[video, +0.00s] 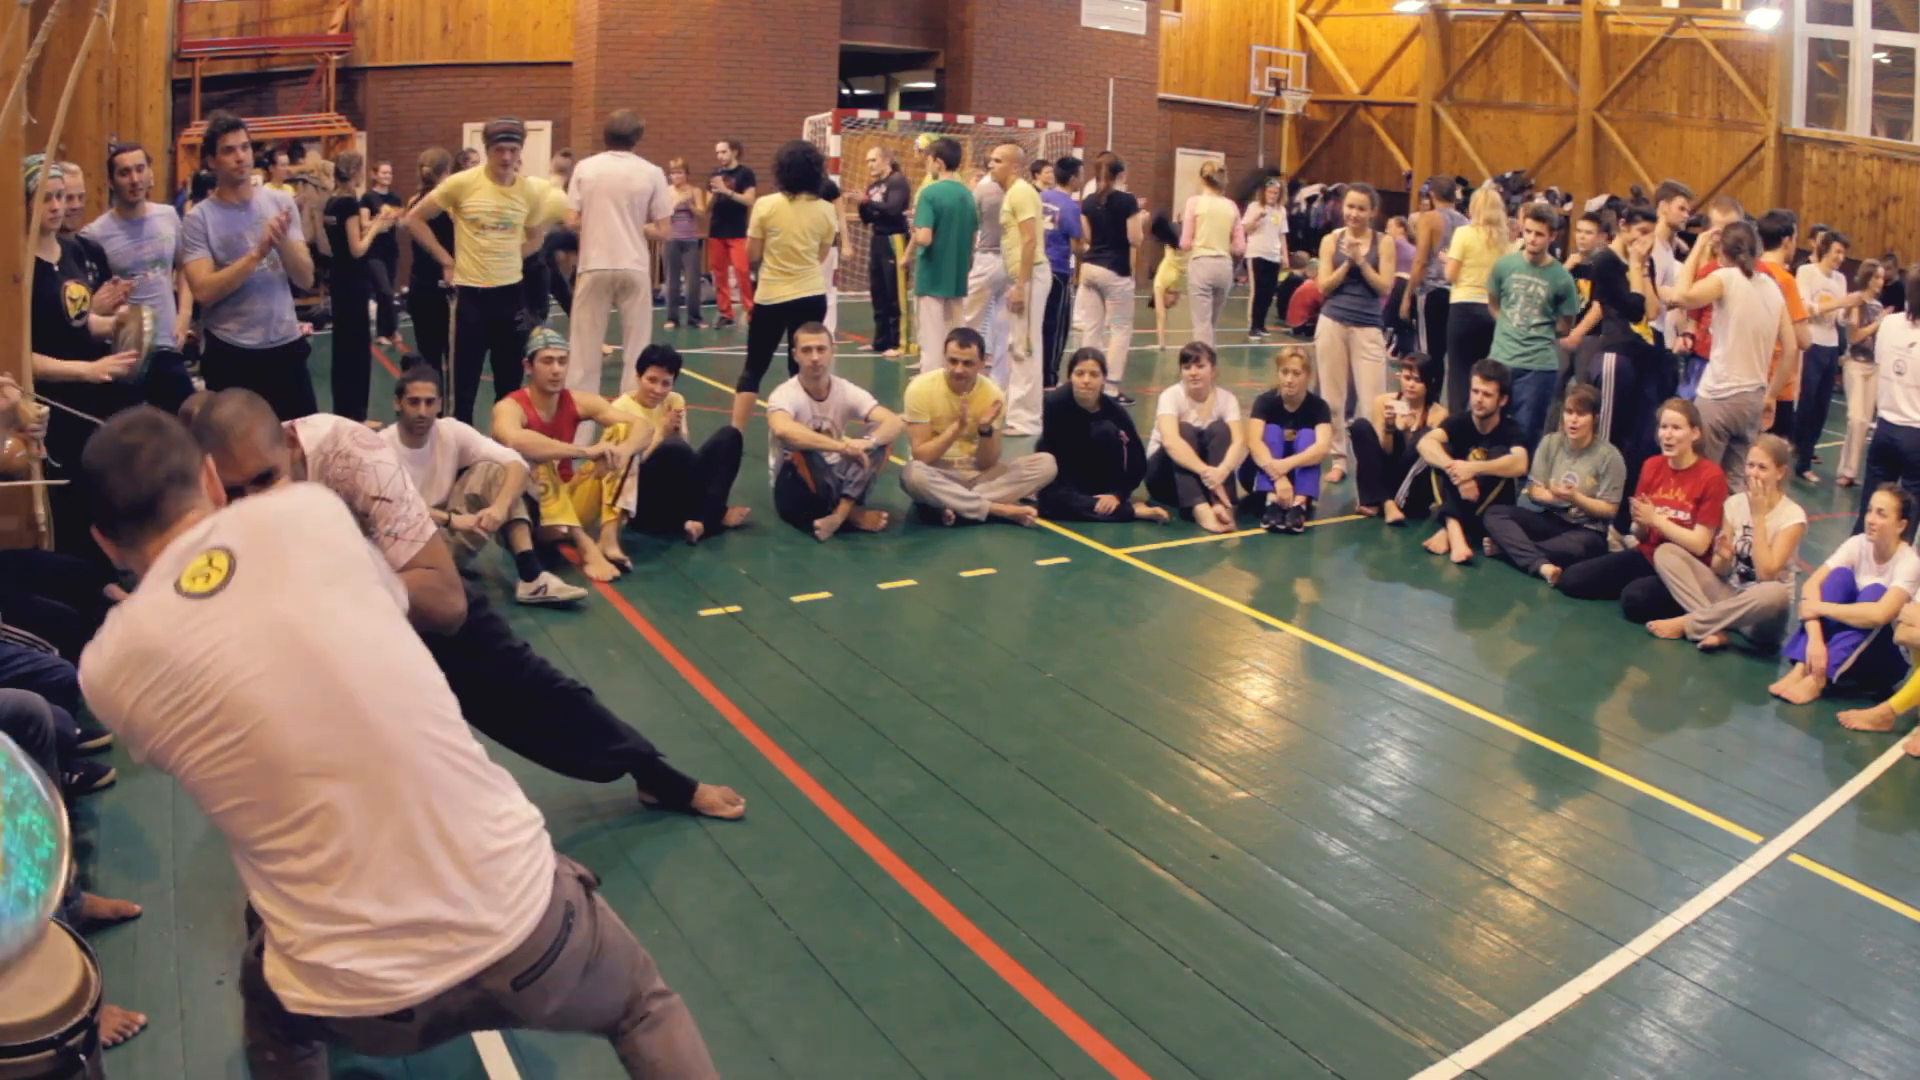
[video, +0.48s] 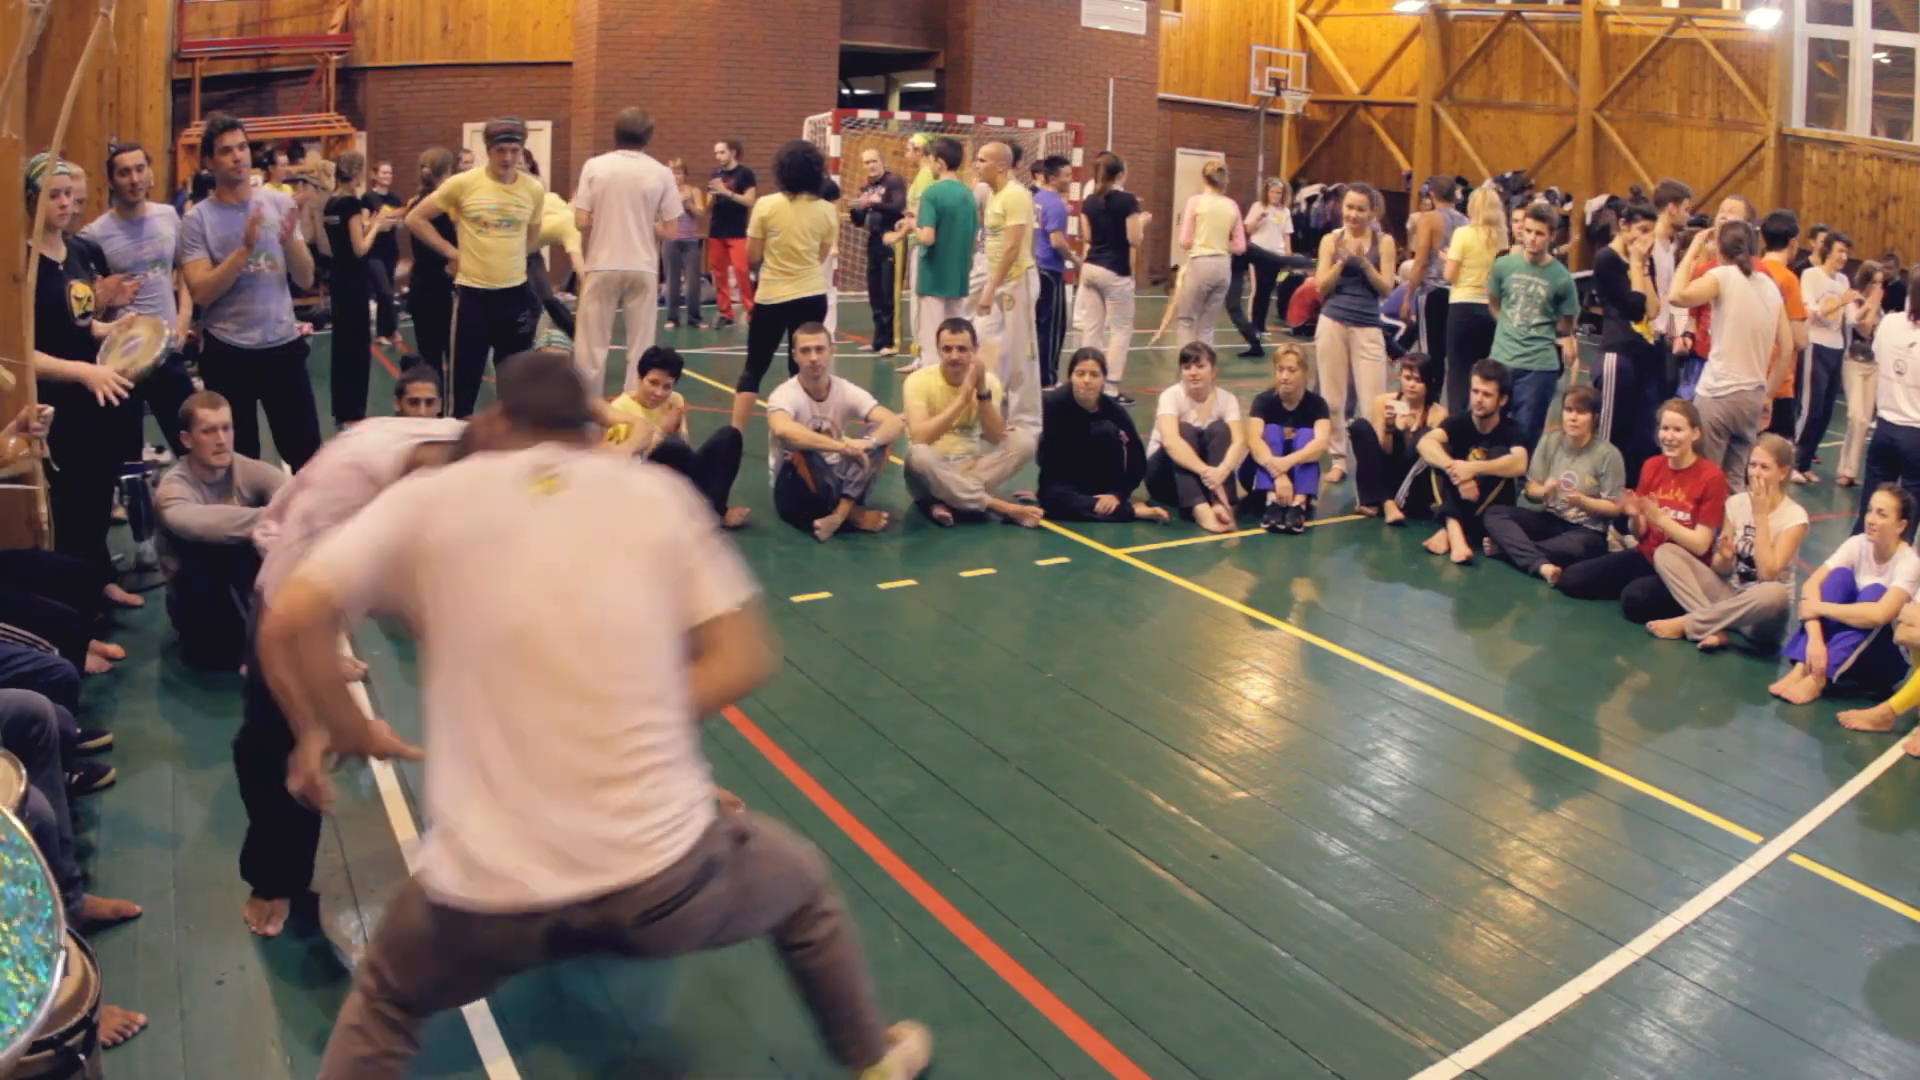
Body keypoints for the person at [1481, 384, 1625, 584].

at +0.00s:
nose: (1573, 420)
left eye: (1581, 414)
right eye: (1569, 412)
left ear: (1594, 418)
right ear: (1562, 414)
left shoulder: (1610, 457)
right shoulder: (1550, 442)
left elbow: (1610, 510)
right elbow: (1534, 491)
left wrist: (1574, 496)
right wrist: (1556, 496)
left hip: (1585, 529)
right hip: (1548, 520)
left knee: (1576, 548)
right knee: (1494, 514)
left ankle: (1509, 549)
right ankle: (1539, 566)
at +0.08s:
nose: (1573, 420)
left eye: (1581, 414)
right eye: (1569, 412)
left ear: (1594, 418)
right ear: (1562, 414)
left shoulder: (1610, 457)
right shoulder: (1550, 441)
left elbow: (1612, 510)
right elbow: (1531, 491)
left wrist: (1577, 498)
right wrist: (1549, 492)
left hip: (1584, 530)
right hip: (1547, 519)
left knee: (1574, 549)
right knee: (1494, 514)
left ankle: (1509, 549)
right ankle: (1539, 566)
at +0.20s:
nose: (1573, 420)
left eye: (1581, 414)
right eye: (1568, 412)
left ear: (1594, 418)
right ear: (1562, 414)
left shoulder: (1610, 457)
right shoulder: (1549, 441)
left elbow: (1614, 509)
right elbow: (1531, 495)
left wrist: (1588, 504)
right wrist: (1535, 489)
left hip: (1583, 530)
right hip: (1547, 519)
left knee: (1574, 548)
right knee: (1494, 514)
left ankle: (1509, 549)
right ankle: (1539, 566)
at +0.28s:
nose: (1574, 419)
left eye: (1582, 413)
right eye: (1569, 411)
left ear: (1594, 418)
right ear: (1562, 414)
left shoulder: (1609, 456)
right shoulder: (1549, 441)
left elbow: (1612, 509)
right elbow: (1532, 493)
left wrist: (1583, 502)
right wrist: (1541, 492)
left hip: (1584, 530)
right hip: (1547, 520)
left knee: (1575, 548)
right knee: (1494, 514)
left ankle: (1509, 549)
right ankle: (1539, 565)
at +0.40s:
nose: (1574, 417)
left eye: (1581, 412)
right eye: (1570, 410)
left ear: (1594, 417)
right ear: (1562, 413)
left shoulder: (1609, 455)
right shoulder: (1549, 442)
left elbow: (1609, 509)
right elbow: (1534, 490)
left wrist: (1574, 497)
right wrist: (1553, 495)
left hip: (1584, 530)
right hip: (1547, 520)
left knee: (1575, 548)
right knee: (1494, 514)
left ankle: (1509, 549)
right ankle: (1539, 565)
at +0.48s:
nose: (1573, 417)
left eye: (1581, 412)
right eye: (1568, 410)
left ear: (1594, 417)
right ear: (1561, 413)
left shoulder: (1609, 455)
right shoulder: (1549, 441)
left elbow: (1614, 508)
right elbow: (1531, 489)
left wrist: (1582, 501)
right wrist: (1544, 490)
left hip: (1584, 530)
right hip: (1547, 519)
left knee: (1574, 548)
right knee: (1494, 514)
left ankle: (1509, 549)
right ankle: (1539, 566)